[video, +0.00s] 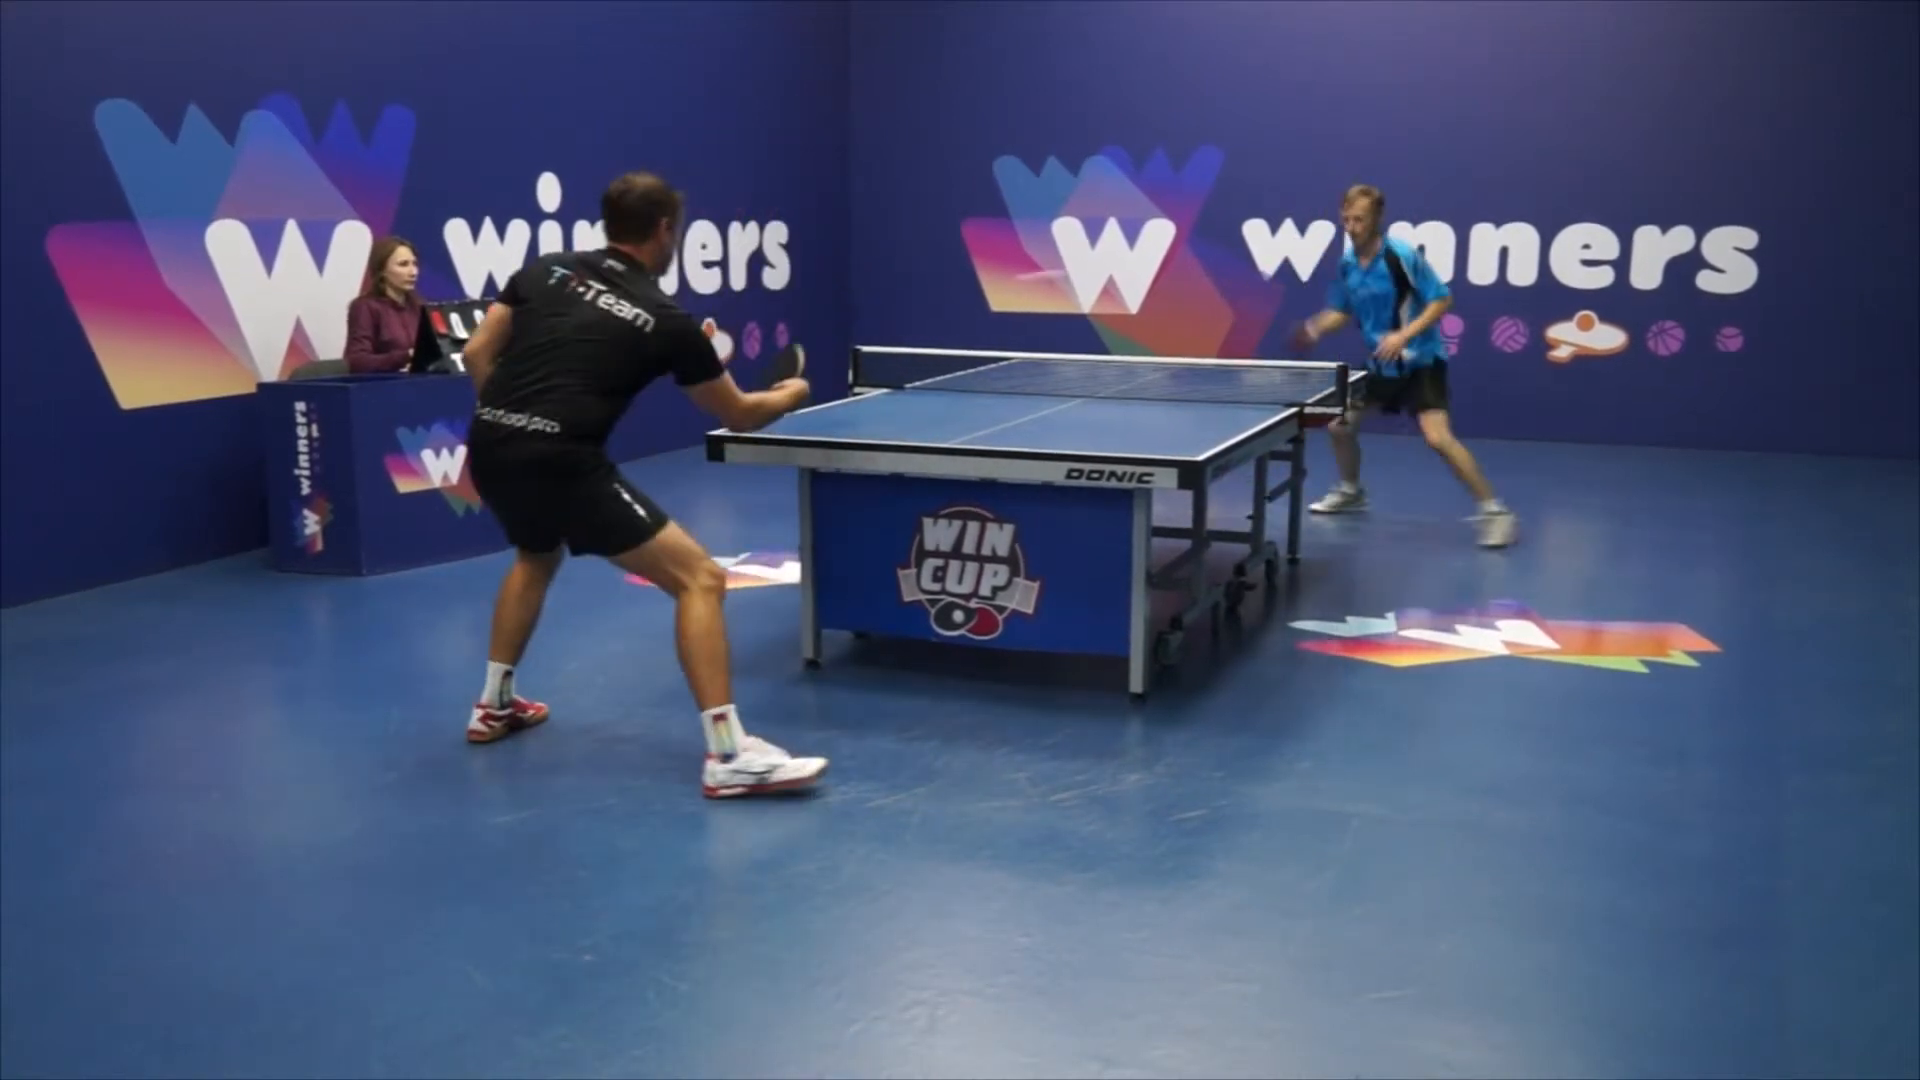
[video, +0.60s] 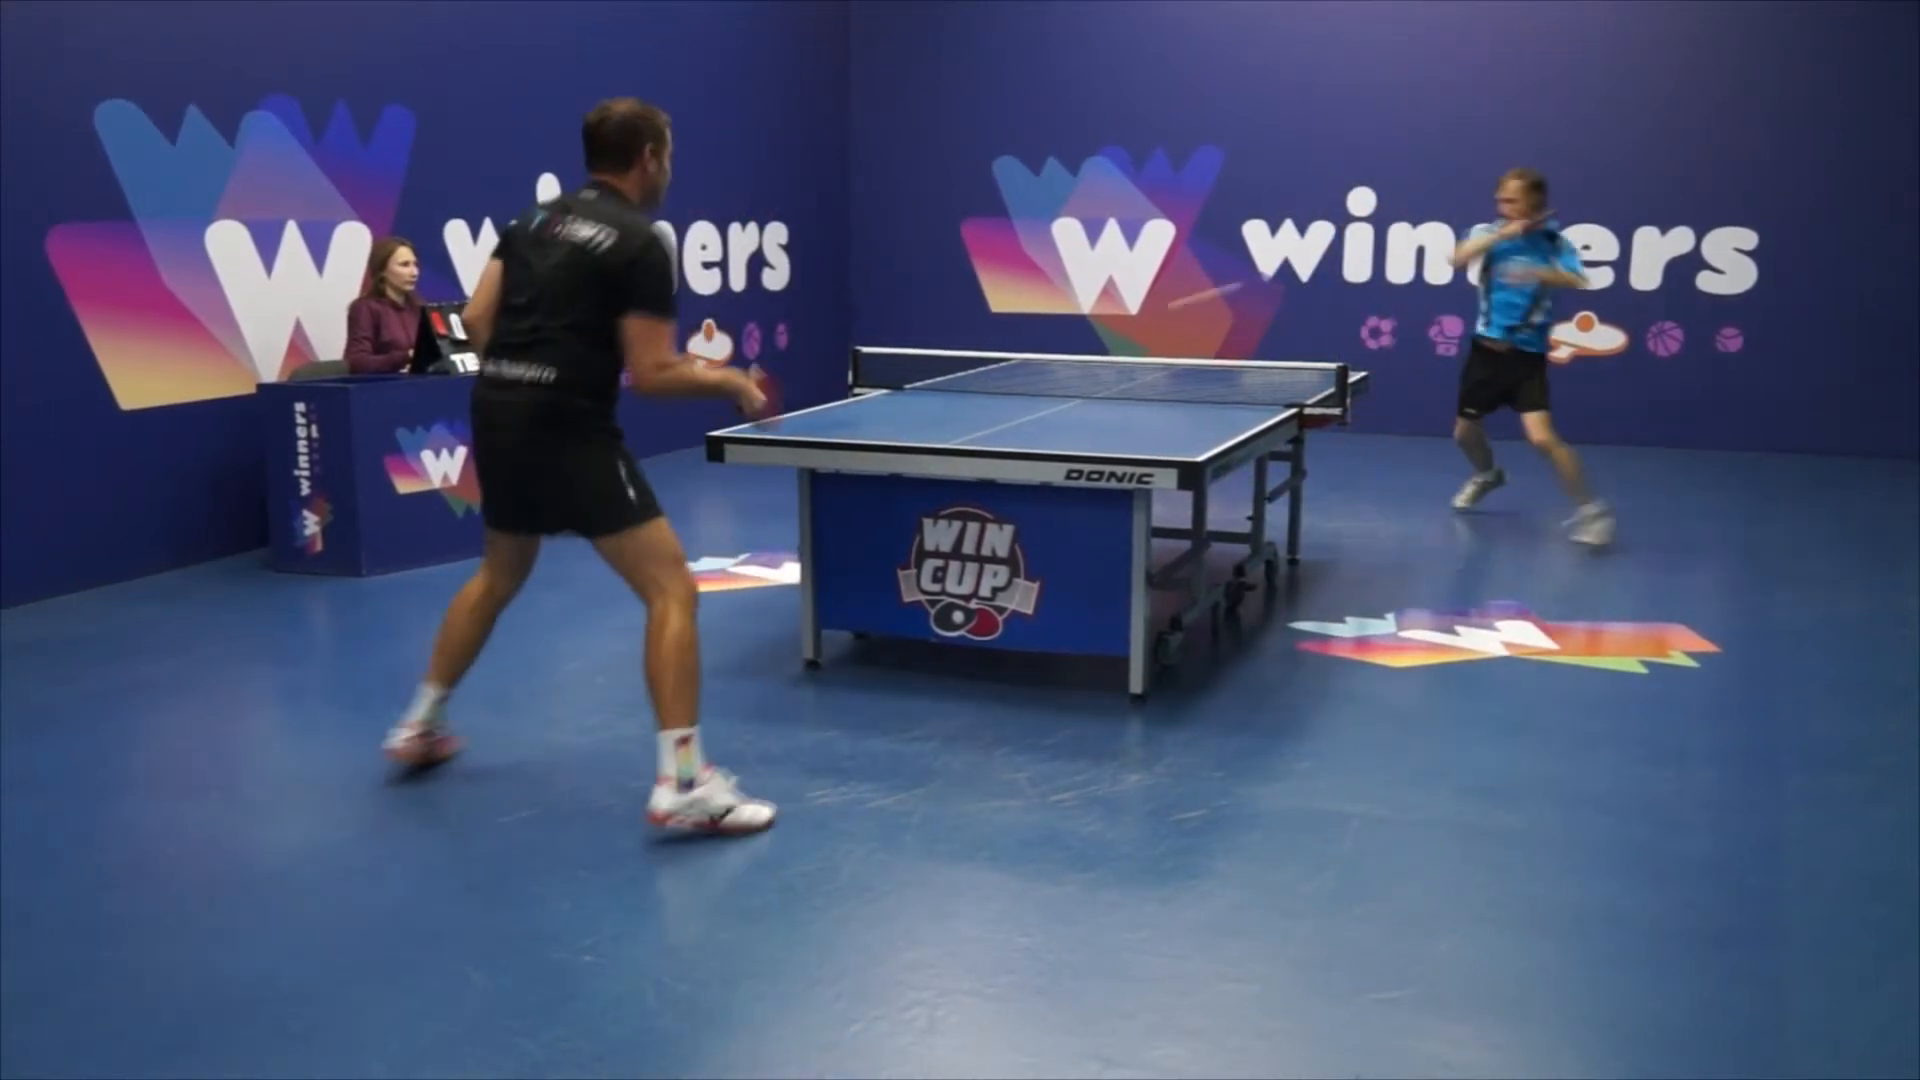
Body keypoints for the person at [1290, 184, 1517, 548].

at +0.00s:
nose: (1351, 225)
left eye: (1359, 219)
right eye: (1348, 218)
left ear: (1377, 221)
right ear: (1343, 219)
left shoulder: (1402, 255)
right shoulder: (1348, 262)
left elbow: (1441, 300)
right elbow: (1341, 311)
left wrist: (1404, 335)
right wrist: (1315, 327)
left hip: (1422, 362)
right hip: (1382, 364)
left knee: (1438, 436)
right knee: (1340, 426)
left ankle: (1493, 510)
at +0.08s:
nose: (1364, 239)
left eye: (1372, 231)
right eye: (1360, 231)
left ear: (1390, 232)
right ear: (1355, 233)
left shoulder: (1414, 269)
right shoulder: (1367, 275)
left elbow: (1438, 321)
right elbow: (1373, 323)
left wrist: (1388, 346)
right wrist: (1346, 348)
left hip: (1433, 378)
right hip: (1391, 377)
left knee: (1457, 451)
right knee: (1352, 435)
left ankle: (1523, 514)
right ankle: (1350, 493)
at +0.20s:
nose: (1385, 247)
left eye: (1392, 240)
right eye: (1381, 240)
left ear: (1410, 240)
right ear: (1378, 240)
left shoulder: (1419, 271)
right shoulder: (1403, 271)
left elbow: (1398, 332)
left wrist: (1378, 327)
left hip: (1472, 375)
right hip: (1440, 378)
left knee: (1472, 460)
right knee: (1389, 434)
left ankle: (1546, 513)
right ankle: (1386, 496)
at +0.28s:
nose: (1403, 251)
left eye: (1409, 244)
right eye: (1399, 244)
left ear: (1427, 243)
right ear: (1396, 245)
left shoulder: (1431, 273)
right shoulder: (1447, 272)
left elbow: (1390, 325)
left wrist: (1392, 329)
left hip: (1485, 383)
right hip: (1458, 383)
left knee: (1470, 468)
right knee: (1407, 437)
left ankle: (1549, 516)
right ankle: (1404, 500)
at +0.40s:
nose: (1438, 234)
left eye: (1444, 226)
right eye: (1436, 226)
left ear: (1465, 225)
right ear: (1450, 226)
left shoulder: (1472, 255)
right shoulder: (1463, 257)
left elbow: (1448, 298)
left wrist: (1427, 336)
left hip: (1496, 375)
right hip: (1475, 374)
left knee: (1476, 466)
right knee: (1443, 434)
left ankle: (1550, 517)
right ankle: (1415, 496)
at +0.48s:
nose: (1466, 219)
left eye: (1471, 209)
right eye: (1463, 212)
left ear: (1495, 203)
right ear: (1472, 212)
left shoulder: (1522, 234)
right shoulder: (1480, 250)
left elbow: (1518, 262)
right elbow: (1475, 309)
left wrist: (1463, 268)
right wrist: (1440, 291)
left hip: (1509, 360)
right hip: (1476, 357)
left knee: (1494, 449)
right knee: (1457, 430)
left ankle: (1554, 521)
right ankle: (1455, 492)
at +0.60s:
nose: (1507, 210)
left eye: (1514, 203)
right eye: (1503, 202)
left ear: (1537, 205)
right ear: (1498, 203)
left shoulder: (1555, 244)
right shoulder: (1487, 233)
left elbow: (1577, 280)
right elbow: (1458, 259)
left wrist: (1539, 274)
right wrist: (1500, 236)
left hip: (1527, 355)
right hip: (1485, 349)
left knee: (1541, 436)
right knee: (1465, 432)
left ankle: (1589, 509)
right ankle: (1487, 474)